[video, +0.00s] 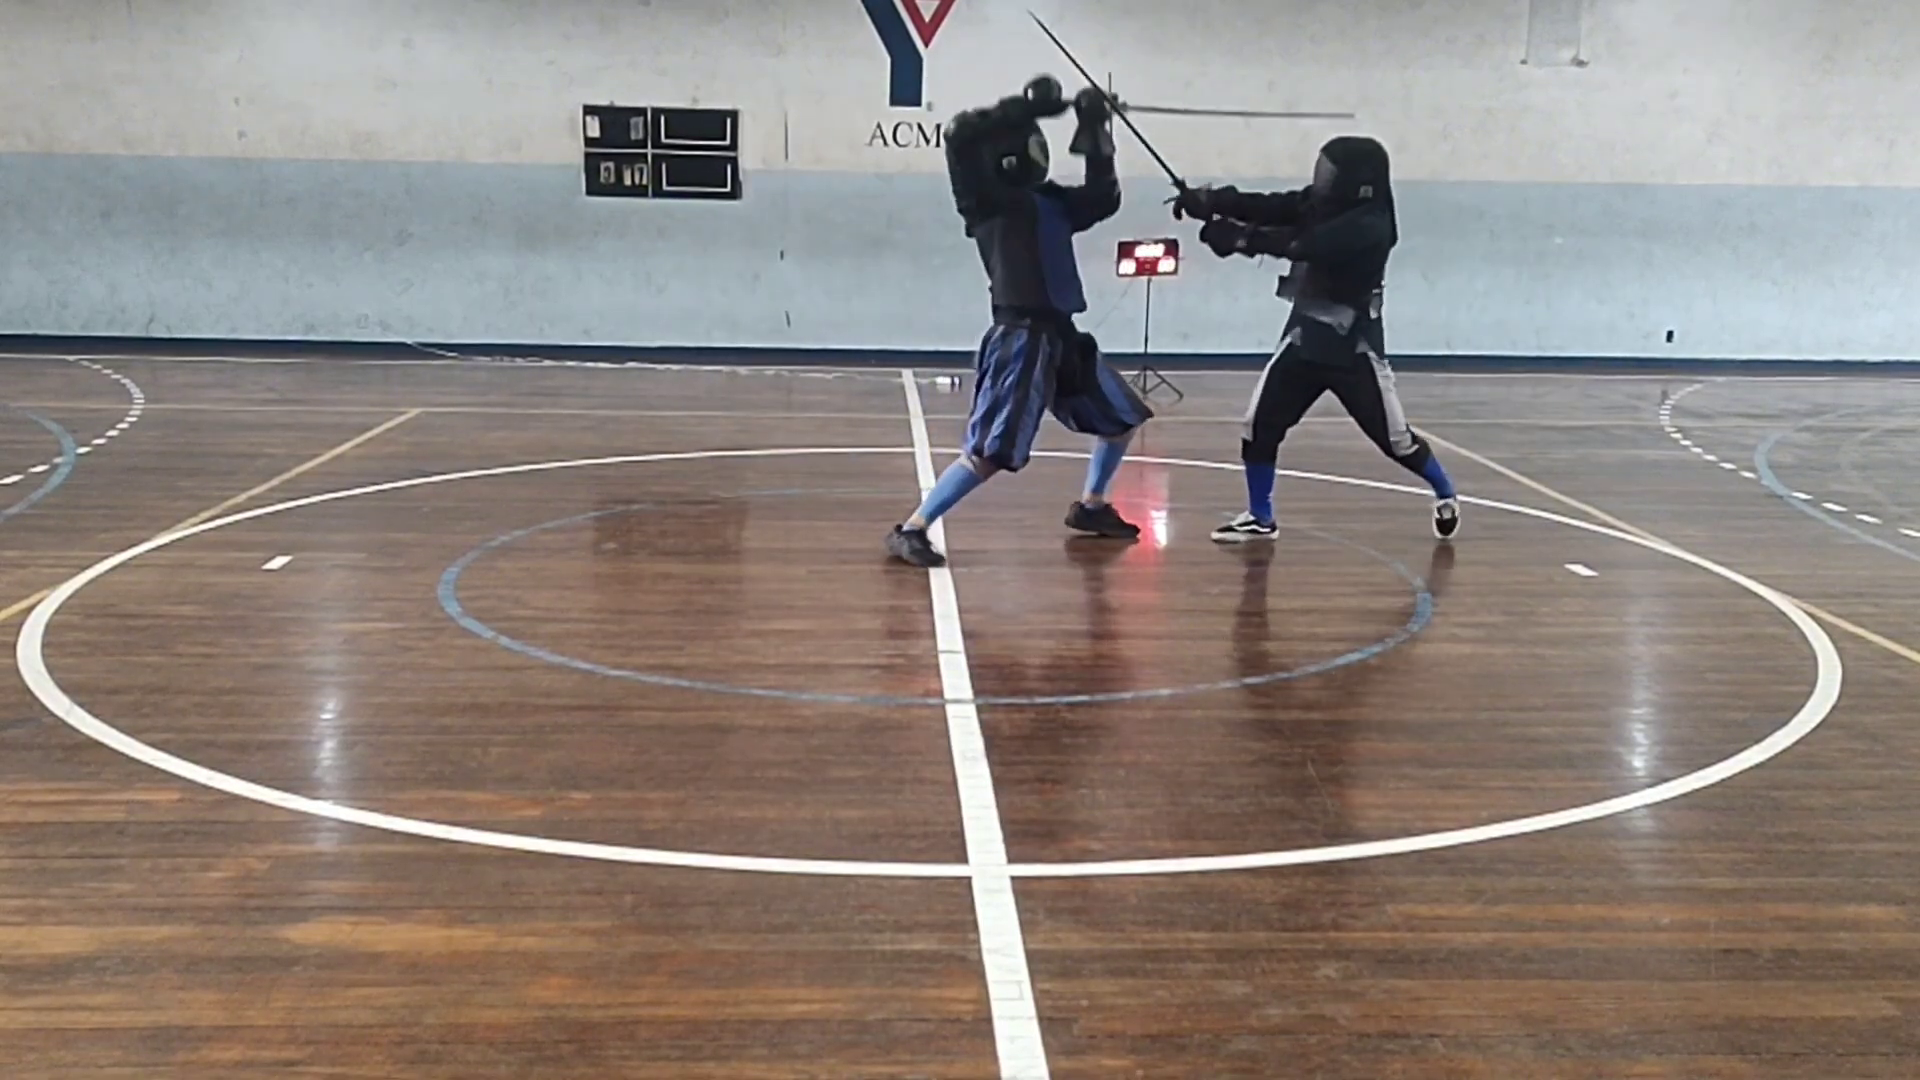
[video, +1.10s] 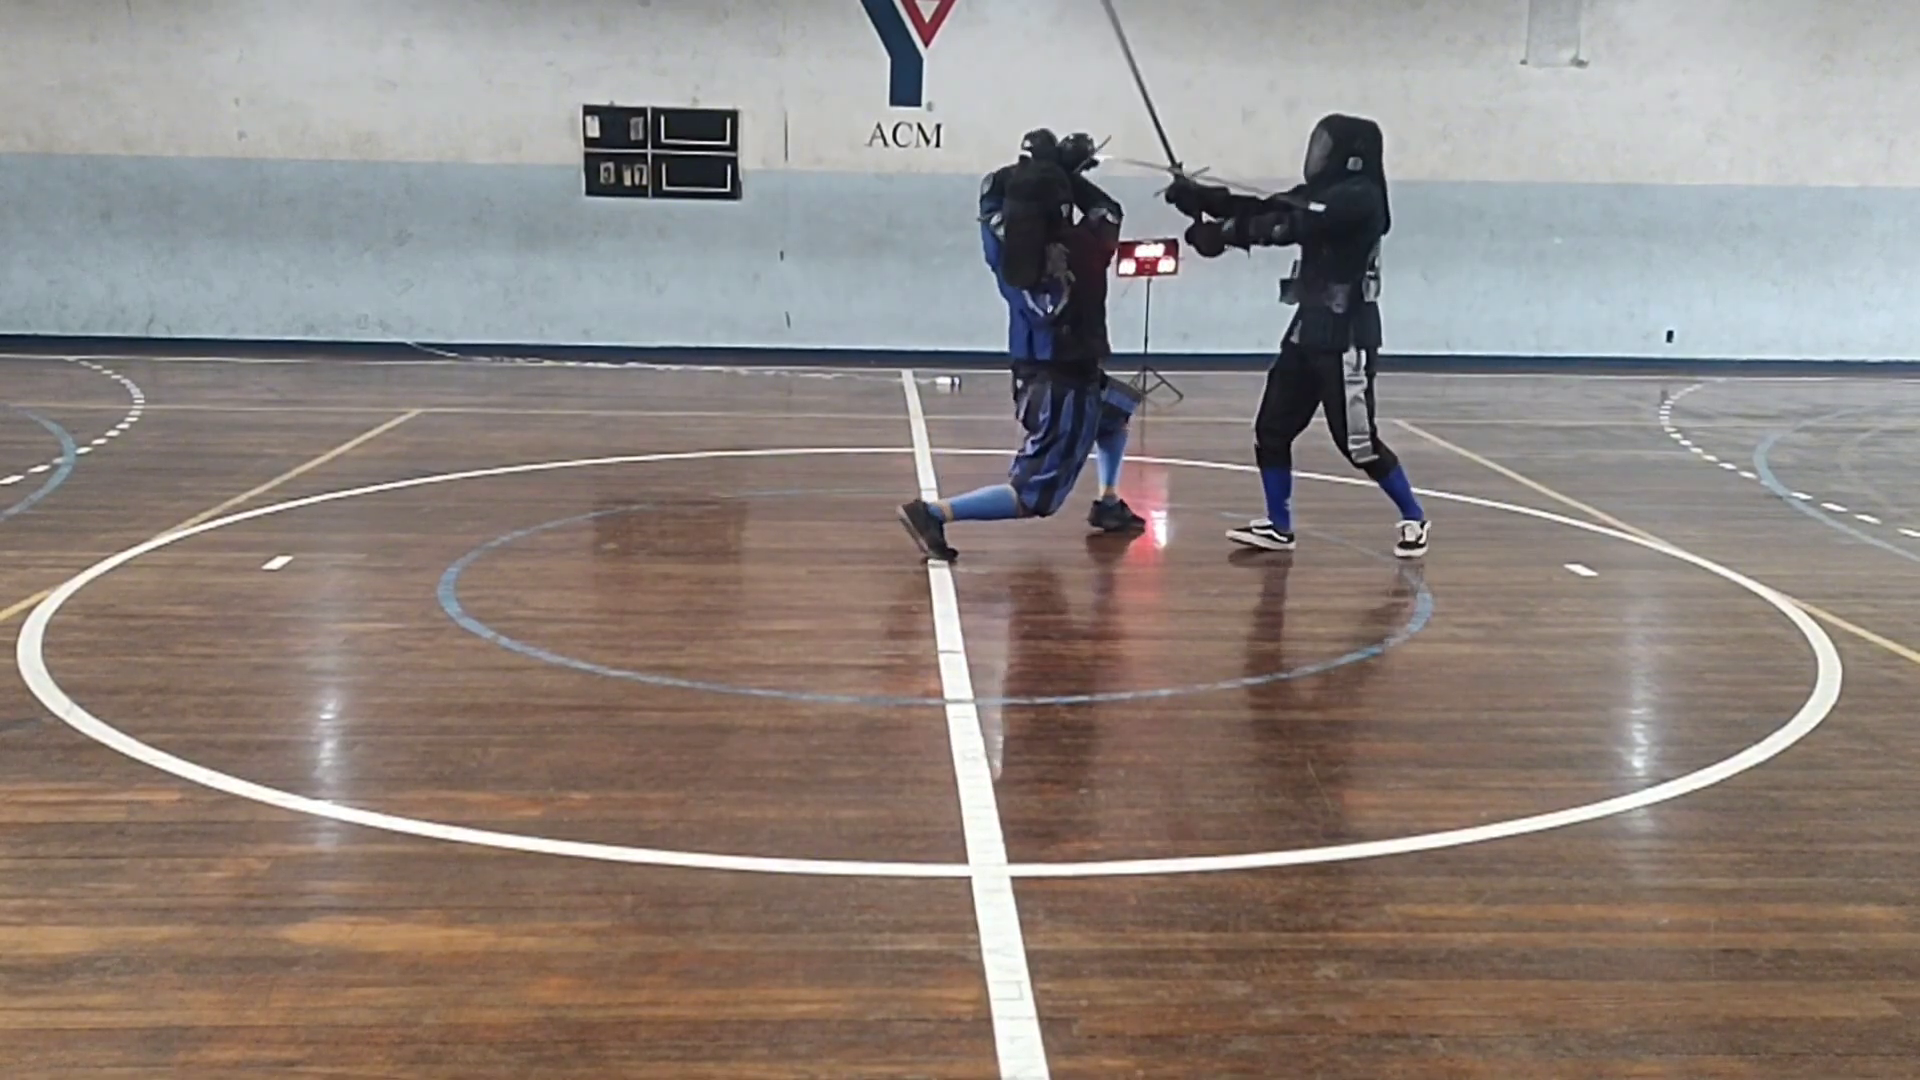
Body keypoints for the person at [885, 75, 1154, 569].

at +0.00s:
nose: (1043, 152)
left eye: (1042, 144)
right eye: (1032, 144)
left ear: (1038, 153)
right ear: (1006, 156)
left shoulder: (1054, 203)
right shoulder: (989, 203)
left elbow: (1103, 199)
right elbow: (963, 139)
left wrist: (1097, 134)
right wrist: (1028, 106)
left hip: (1062, 340)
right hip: (1019, 338)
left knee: (1122, 418)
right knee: (995, 450)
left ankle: (1092, 507)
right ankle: (912, 530)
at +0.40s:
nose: (1079, 114)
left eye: (1077, 108)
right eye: (1069, 107)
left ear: (1071, 121)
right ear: (1046, 118)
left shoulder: (1092, 165)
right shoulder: (1019, 161)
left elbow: (1136, 136)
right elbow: (1005, 87)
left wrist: (1109, 79)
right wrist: (1049, 42)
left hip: (1080, 309)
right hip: (1030, 306)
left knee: (1107, 417)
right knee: (1004, 419)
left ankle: (1093, 510)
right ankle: (953, 521)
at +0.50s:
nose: (1087, 118)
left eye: (1086, 110)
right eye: (1078, 111)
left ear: (1061, 120)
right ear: (1051, 118)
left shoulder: (1086, 168)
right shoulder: (1035, 156)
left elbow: (1138, 158)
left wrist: (1125, 103)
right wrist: (1117, 78)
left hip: (1071, 313)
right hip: (1032, 307)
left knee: (1108, 417)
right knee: (999, 418)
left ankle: (1094, 509)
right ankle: (938, 512)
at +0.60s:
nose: (1078, 131)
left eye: (1073, 124)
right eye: (1071, 125)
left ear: (1032, 134)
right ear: (1055, 132)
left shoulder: (1044, 170)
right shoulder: (1064, 178)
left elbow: (1100, 153)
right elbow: (1143, 208)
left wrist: (1136, 121)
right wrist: (1169, 159)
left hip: (1057, 317)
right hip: (1042, 318)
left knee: (1109, 414)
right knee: (1010, 427)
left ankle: (1094, 509)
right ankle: (929, 511)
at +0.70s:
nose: (1079, 162)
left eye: (1076, 157)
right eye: (1075, 155)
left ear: (1024, 160)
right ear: (1062, 163)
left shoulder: (1008, 202)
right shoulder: (1071, 207)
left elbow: (1072, 182)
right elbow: (1120, 253)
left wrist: (1122, 160)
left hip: (1020, 337)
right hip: (1049, 344)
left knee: (1110, 414)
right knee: (1028, 456)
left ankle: (1096, 506)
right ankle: (928, 511)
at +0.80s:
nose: (1081, 191)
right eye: (1078, 186)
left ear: (1030, 185)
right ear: (1068, 190)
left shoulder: (1003, 223)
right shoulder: (1079, 237)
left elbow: (1041, 197)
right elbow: (1105, 282)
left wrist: (1089, 190)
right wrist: (1086, 223)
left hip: (1019, 361)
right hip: (1054, 368)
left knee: (1108, 414)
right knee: (1032, 482)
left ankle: (1101, 505)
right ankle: (929, 515)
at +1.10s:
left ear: (1016, 208)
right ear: (1059, 207)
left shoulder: (1008, 250)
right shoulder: (1076, 251)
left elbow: (994, 208)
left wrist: (1049, 171)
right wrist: (1069, 176)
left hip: (1034, 373)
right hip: (1065, 378)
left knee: (1119, 408)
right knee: (1038, 495)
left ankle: (1109, 502)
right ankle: (934, 513)